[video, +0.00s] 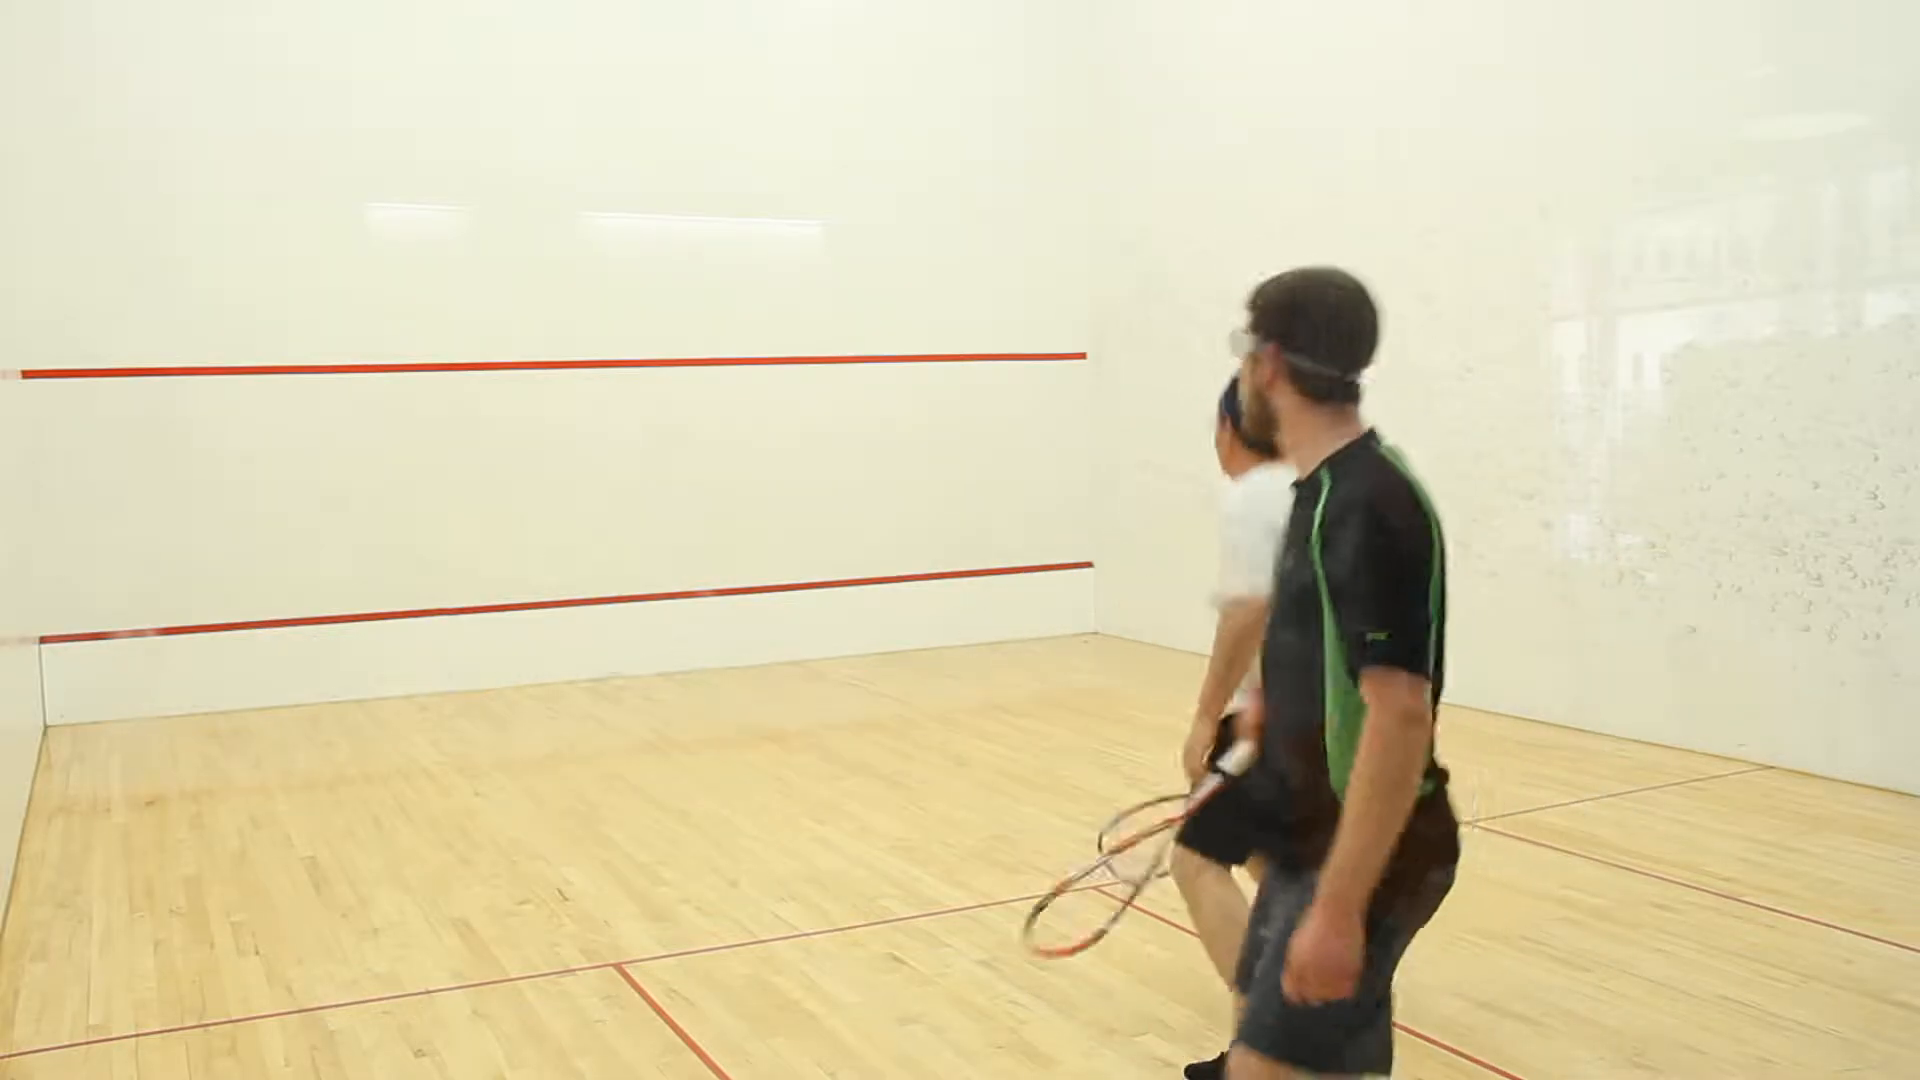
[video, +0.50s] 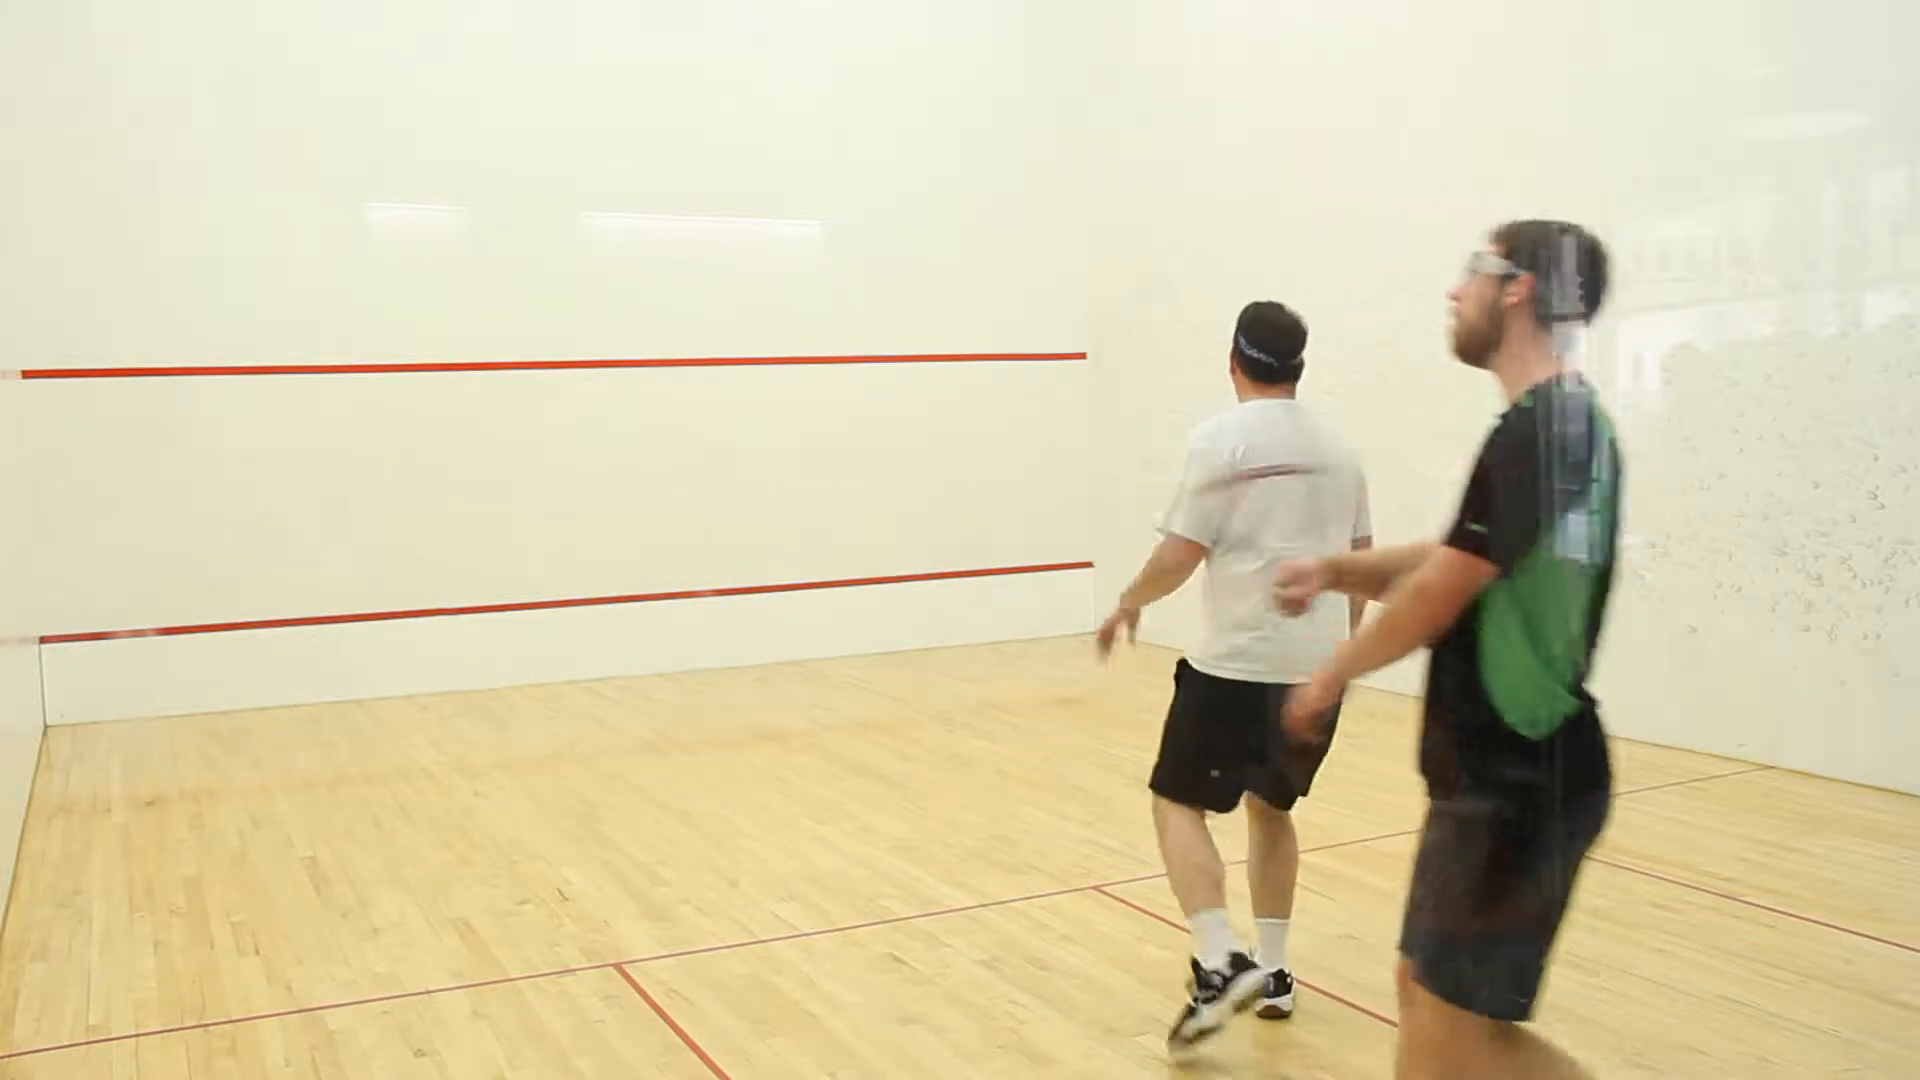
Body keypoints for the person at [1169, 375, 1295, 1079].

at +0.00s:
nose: (1214, 440)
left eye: (1217, 425)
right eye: (1219, 424)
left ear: (1231, 427)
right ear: (1275, 431)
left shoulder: (1253, 495)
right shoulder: (1312, 491)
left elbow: (1247, 610)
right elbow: (1317, 627)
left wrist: (1206, 716)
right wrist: (1266, 700)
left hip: (1280, 729)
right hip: (1315, 722)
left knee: (1195, 852)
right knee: (1277, 862)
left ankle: (1261, 1027)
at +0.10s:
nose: (1211, 397)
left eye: (1212, 386)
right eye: (1217, 386)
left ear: (1223, 388)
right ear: (1278, 390)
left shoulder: (1239, 451)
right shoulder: (1310, 452)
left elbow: (1249, 544)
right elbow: (1330, 571)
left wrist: (1222, 661)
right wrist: (1304, 668)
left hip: (1254, 683)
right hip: (1304, 681)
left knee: (1215, 839)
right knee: (1280, 834)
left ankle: (1266, 1025)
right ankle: (1312, 1001)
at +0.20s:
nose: (1211, 370)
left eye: (1214, 361)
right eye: (1218, 360)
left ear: (1223, 365)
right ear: (1286, 372)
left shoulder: (1227, 417)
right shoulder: (1312, 440)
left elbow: (1239, 488)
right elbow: (1336, 562)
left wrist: (1213, 597)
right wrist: (1278, 643)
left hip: (1247, 665)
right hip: (1305, 662)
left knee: (1227, 830)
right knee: (1271, 800)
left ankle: (1265, 1020)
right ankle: (1291, 962)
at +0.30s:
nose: (1215, 375)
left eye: (1217, 366)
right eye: (1225, 367)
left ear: (1222, 369)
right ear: (1288, 378)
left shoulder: (1219, 425)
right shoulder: (1318, 450)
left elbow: (1207, 494)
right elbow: (1350, 554)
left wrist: (1178, 596)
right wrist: (1278, 618)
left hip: (1241, 674)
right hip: (1312, 671)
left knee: (1233, 831)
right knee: (1270, 811)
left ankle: (1266, 1020)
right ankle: (1273, 976)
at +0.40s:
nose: (1222, 378)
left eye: (1223, 367)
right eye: (1237, 368)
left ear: (1231, 370)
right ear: (1293, 378)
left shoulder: (1223, 436)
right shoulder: (1331, 454)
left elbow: (1180, 530)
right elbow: (1356, 560)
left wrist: (1143, 613)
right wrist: (1316, 638)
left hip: (1236, 676)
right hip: (1318, 678)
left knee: (1198, 821)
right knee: (1267, 808)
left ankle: (1242, 998)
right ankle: (1269, 973)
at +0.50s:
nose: (1232, 367)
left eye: (1232, 355)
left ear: (1236, 361)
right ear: (1300, 366)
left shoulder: (1222, 441)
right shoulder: (1339, 450)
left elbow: (1180, 555)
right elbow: (1363, 568)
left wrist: (1132, 601)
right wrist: (1349, 651)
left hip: (1228, 671)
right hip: (1315, 675)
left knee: (1176, 799)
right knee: (1271, 806)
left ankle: (1222, 961)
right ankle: (1274, 970)